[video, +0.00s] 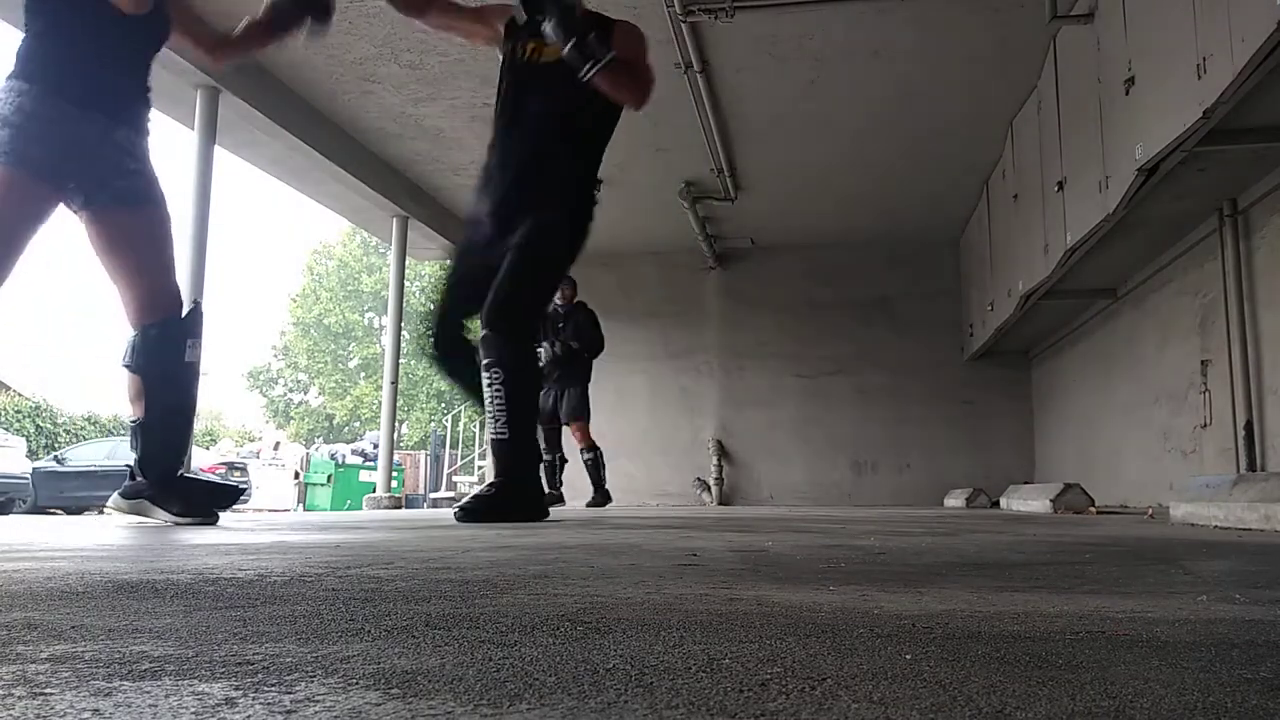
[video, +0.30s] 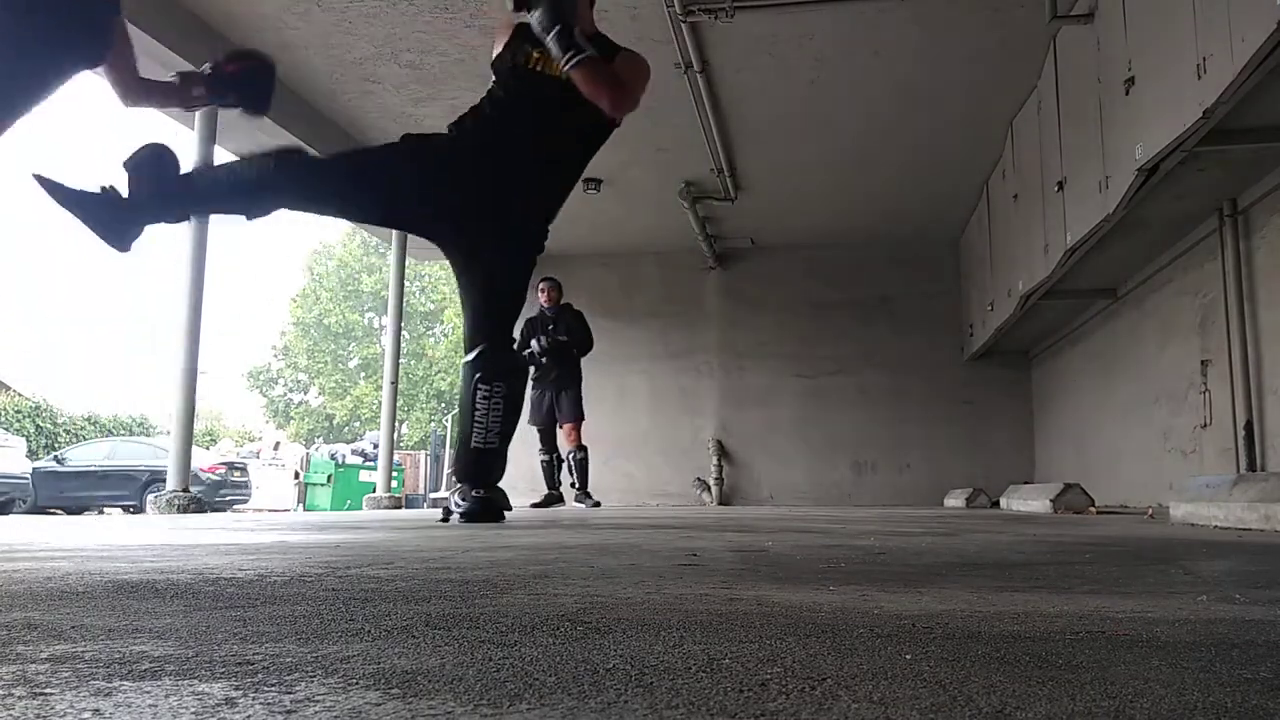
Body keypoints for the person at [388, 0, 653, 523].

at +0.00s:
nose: (540, 3)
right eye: (533, 3)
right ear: (528, 0)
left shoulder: (619, 34)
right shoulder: (511, 24)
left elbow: (635, 94)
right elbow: (427, 10)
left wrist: (574, 41)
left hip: (556, 210)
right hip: (494, 207)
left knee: (504, 325)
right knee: (447, 338)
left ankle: (518, 485)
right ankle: (519, 418)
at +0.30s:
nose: (543, 13)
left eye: (553, 7)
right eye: (542, 9)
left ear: (591, 9)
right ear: (545, 11)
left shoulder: (624, 64)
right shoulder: (519, 48)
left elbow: (615, 103)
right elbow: (498, 56)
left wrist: (567, 38)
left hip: (506, 217)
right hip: (435, 169)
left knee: (492, 348)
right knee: (293, 176)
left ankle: (480, 487)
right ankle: (134, 210)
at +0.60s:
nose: (511, 9)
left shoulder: (612, 44)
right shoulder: (504, 30)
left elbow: (591, 86)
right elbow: (457, 86)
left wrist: (531, 27)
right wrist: (400, 63)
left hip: (506, 202)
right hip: (446, 167)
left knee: (493, 341)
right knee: (340, 137)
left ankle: (484, 485)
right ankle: (300, 286)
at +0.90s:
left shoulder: (603, 38)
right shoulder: (494, 21)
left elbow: (580, 88)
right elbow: (425, 71)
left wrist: (524, 29)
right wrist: (371, 26)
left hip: (495, 205)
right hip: (435, 161)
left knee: (488, 342)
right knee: (325, 92)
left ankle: (481, 485)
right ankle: (288, 236)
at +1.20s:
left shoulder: (568, 12)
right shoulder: (473, 28)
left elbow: (501, 33)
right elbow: (384, 60)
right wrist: (314, 21)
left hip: (512, 199)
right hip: (456, 185)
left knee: (482, 333)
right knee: (337, 187)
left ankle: (484, 488)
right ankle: (399, 310)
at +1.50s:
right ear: (474, 4)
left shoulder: (526, 8)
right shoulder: (464, 41)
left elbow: (474, 52)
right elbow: (413, 113)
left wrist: (417, 10)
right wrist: (372, 53)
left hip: (500, 199)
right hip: (448, 206)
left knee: (478, 323)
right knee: (397, 319)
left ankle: (485, 488)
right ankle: (448, 448)